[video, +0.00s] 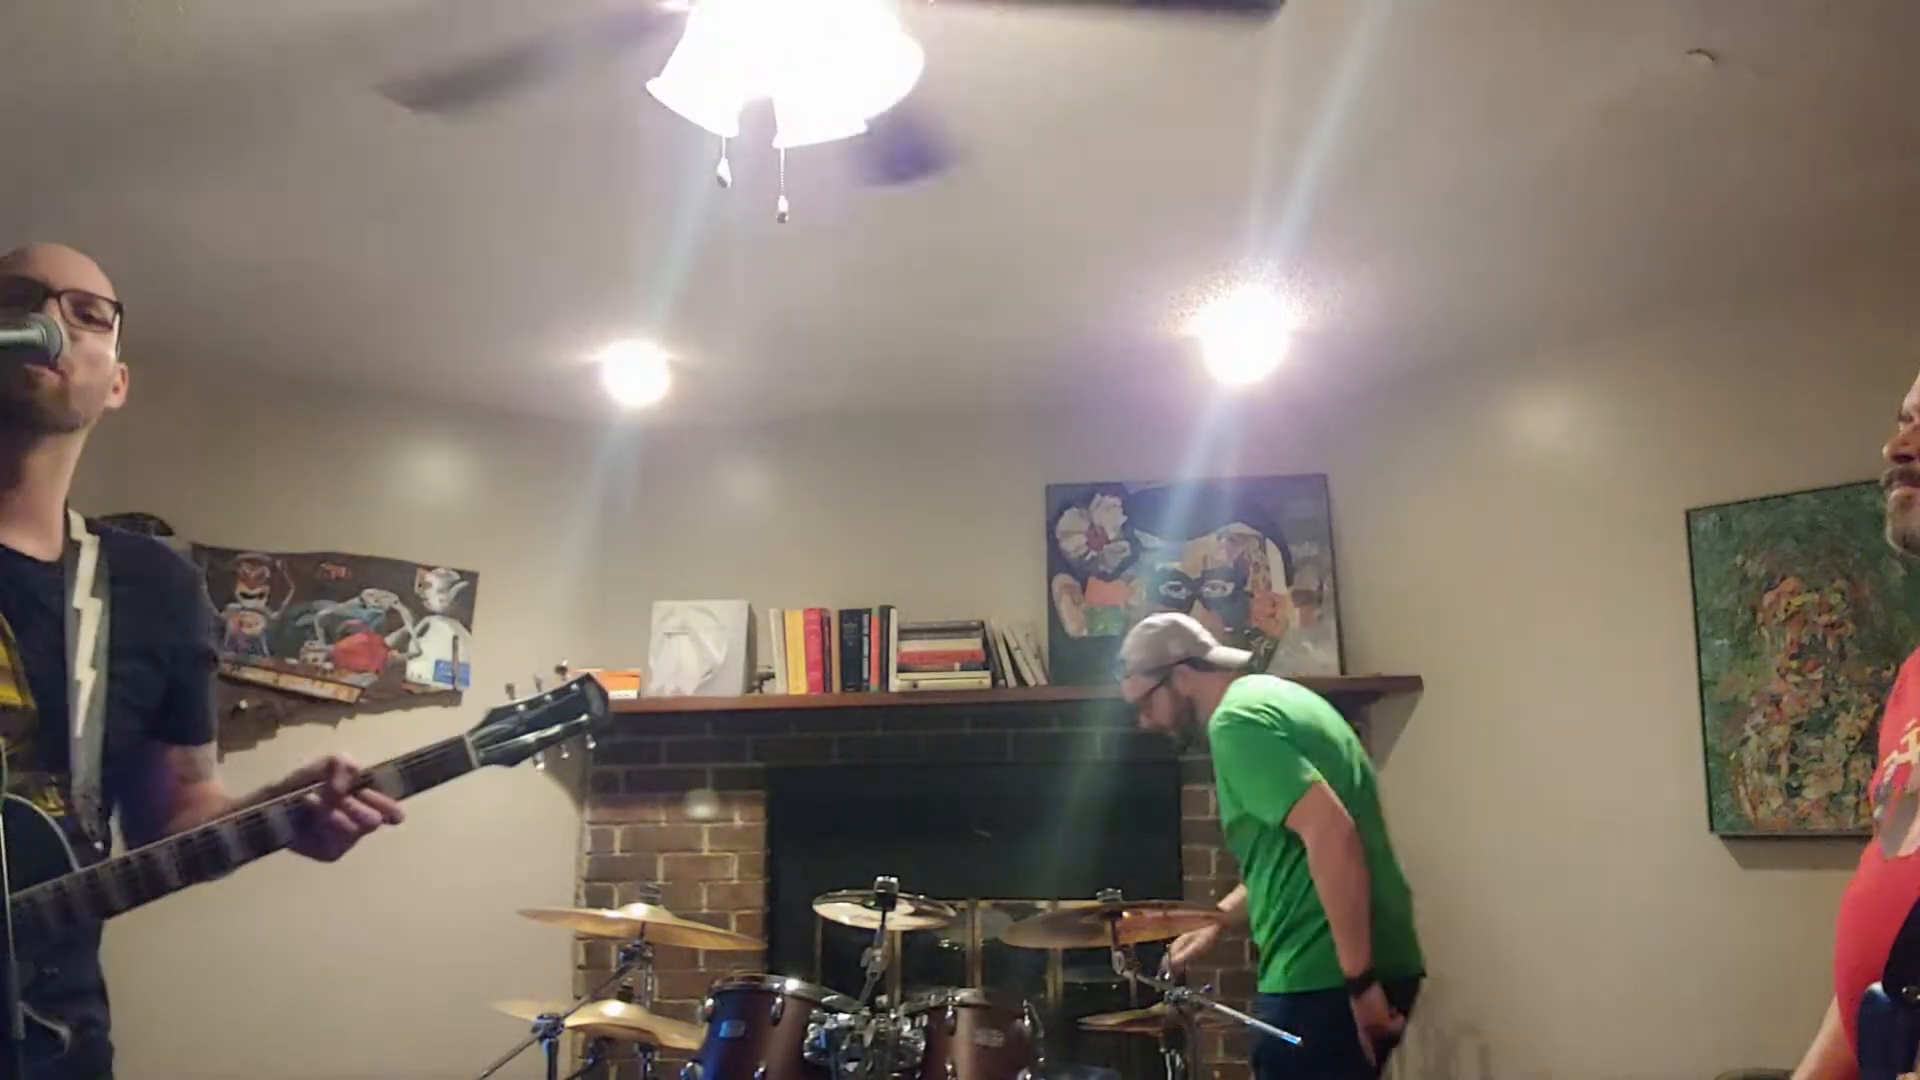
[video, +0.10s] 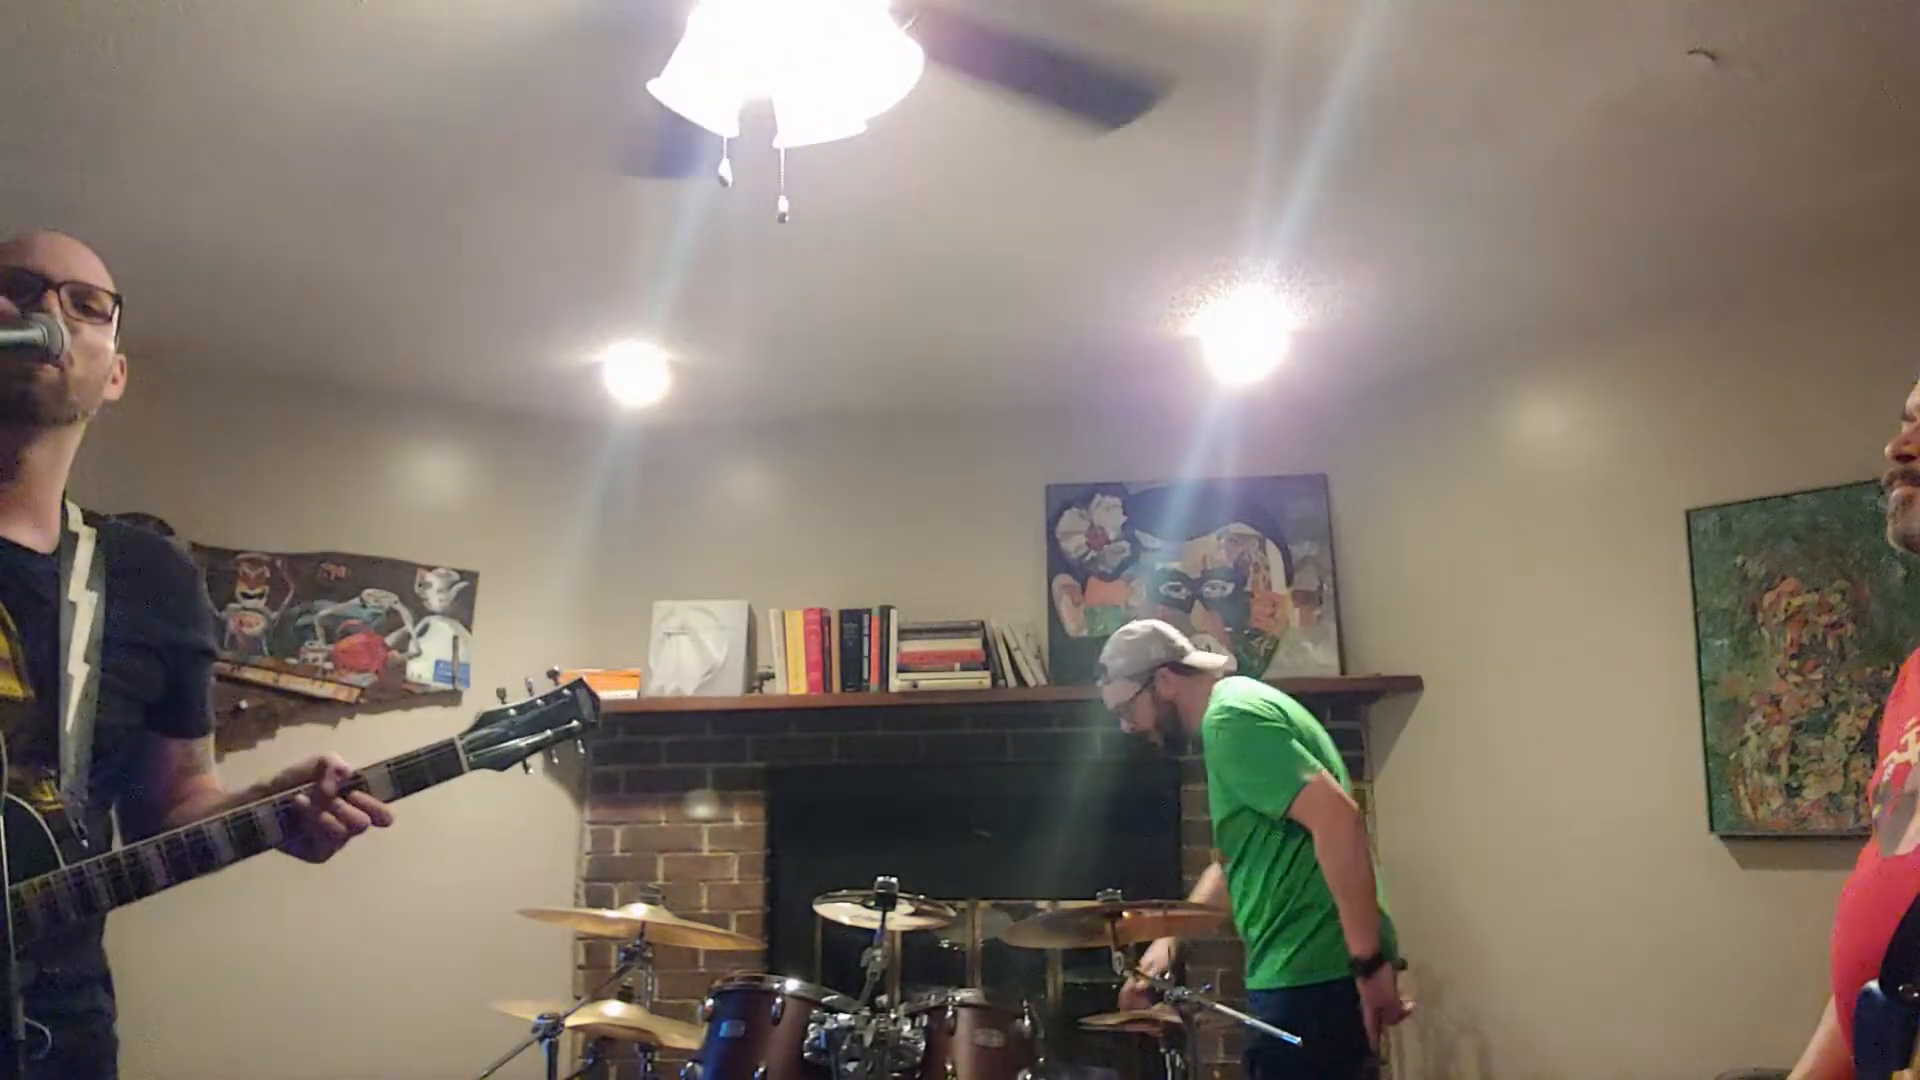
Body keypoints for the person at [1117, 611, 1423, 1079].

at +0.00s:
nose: (1145, 723)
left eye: (1145, 704)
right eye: (1138, 710)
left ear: (1181, 677)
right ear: (1185, 675)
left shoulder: (1236, 722)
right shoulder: (1282, 698)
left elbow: (1330, 830)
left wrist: (1361, 981)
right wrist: (1217, 919)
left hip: (1319, 990)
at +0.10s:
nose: (1130, 728)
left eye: (1127, 709)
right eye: (1121, 717)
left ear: (1164, 681)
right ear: (1168, 680)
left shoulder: (1230, 718)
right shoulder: (1247, 706)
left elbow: (1337, 818)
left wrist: (1369, 962)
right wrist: (1168, 944)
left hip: (1309, 989)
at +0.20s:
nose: (1120, 736)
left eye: (1117, 718)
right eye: (1111, 725)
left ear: (1153, 686)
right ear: (1156, 688)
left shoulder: (1235, 718)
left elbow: (1349, 807)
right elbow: (1187, 881)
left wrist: (1381, 949)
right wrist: (1125, 963)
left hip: (1306, 983)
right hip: (1264, 984)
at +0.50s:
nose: (1086, 734)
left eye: (1086, 716)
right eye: (1077, 723)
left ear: (1125, 687)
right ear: (1125, 689)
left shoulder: (1241, 716)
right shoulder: (1126, 764)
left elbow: (1349, 803)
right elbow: (1111, 893)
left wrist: (1384, 931)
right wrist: (1069, 1005)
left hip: (1280, 976)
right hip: (1197, 980)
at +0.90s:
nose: (1077, 716)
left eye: (1082, 699)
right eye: (1069, 703)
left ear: (1126, 676)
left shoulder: (1241, 719)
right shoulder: (1099, 753)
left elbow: (1326, 816)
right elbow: (1087, 879)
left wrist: (1339, 942)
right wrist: (1057, 1001)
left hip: (1242, 977)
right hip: (1135, 970)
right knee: (1082, 1072)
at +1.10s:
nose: (1088, 685)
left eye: (1095, 669)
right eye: (1081, 672)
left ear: (1142, 650)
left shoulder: (1244, 719)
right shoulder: (1093, 729)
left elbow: (1319, 825)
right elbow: (1076, 855)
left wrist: (1329, 952)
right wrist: (1050, 966)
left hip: (1207, 973)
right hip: (1106, 960)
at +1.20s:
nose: (1093, 671)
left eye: (1106, 654)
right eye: (1086, 657)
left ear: (1157, 642)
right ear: (1082, 652)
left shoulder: (1242, 725)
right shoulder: (1084, 721)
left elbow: (1303, 841)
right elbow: (1059, 839)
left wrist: (1308, 962)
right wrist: (1031, 940)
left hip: (1192, 974)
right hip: (1088, 961)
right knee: (1046, 982)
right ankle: (1060, 1075)